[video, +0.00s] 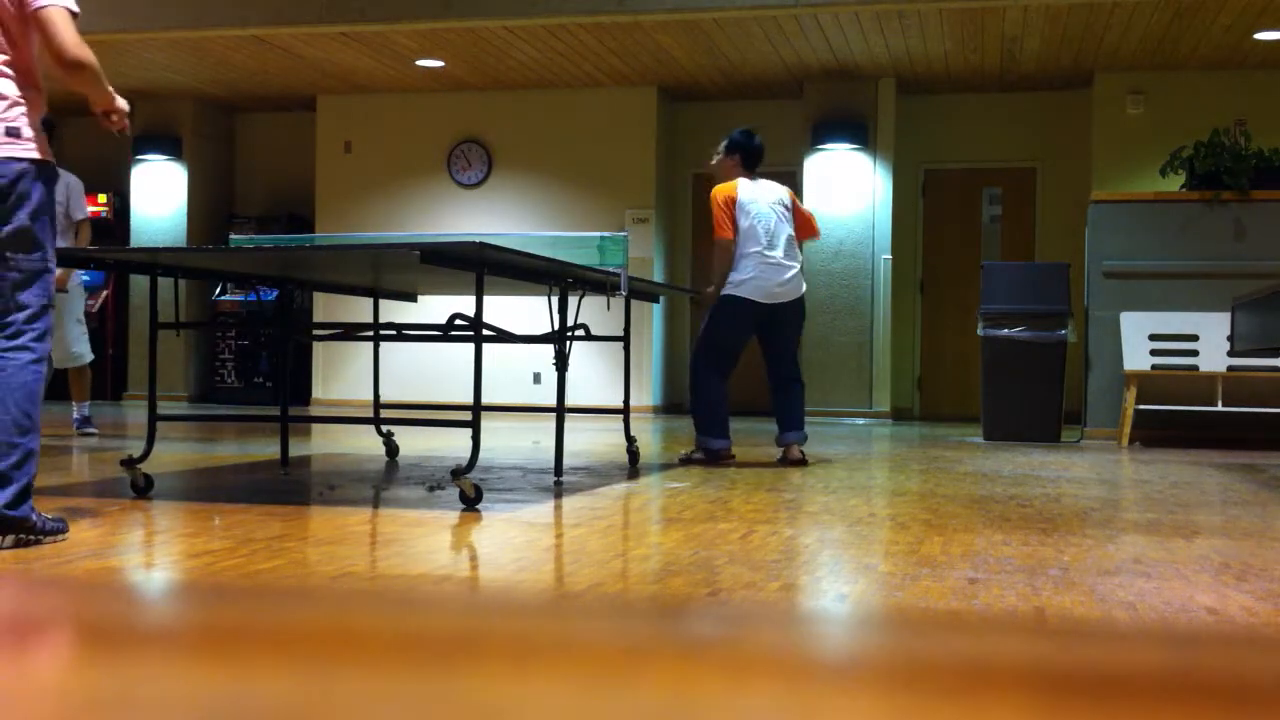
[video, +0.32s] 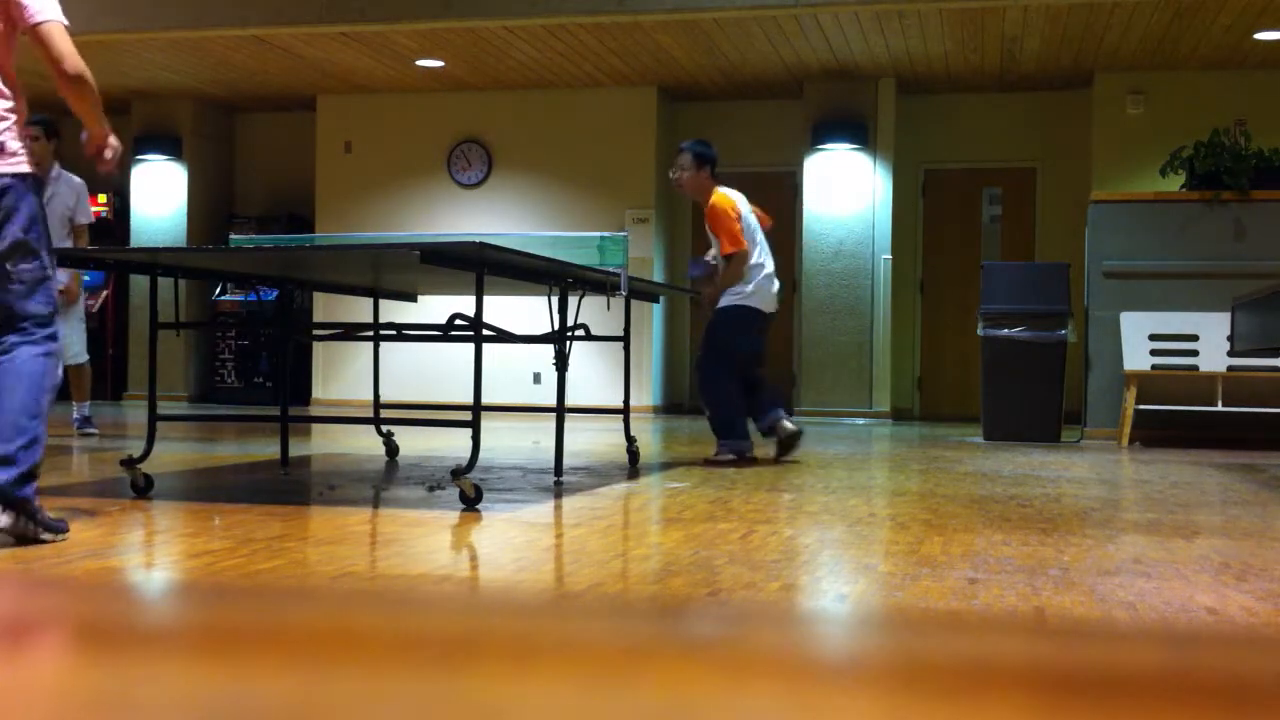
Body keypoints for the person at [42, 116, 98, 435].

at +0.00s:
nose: (35, 145)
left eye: (39, 138)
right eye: (31, 139)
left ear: (48, 141)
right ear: (25, 144)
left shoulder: (68, 182)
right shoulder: (18, 183)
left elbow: (84, 230)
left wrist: (69, 267)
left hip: (63, 274)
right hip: (28, 273)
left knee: (74, 349)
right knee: (25, 345)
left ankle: (81, 414)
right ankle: (21, 421)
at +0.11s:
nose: (40, 146)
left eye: (44, 139)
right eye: (36, 140)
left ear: (52, 143)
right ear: (30, 146)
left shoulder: (68, 183)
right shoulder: (21, 186)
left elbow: (81, 233)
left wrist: (65, 269)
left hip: (62, 276)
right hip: (28, 275)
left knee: (70, 346)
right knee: (26, 344)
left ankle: (81, 413)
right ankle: (22, 419)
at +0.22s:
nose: (32, 142)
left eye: (38, 136)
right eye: (30, 136)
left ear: (49, 140)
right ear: (26, 141)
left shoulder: (67, 183)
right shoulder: (18, 182)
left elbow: (80, 231)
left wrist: (66, 269)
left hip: (60, 273)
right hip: (26, 272)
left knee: (68, 346)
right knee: (27, 344)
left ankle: (81, 413)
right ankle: (20, 419)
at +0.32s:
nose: (29, 147)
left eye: (35, 140)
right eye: (25, 141)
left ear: (52, 144)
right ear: (21, 146)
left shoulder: (72, 186)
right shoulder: (17, 185)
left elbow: (80, 236)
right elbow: (12, 235)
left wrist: (75, 279)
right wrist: (17, 277)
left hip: (62, 278)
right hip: (24, 278)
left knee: (74, 352)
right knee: (26, 350)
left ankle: (82, 413)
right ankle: (26, 418)